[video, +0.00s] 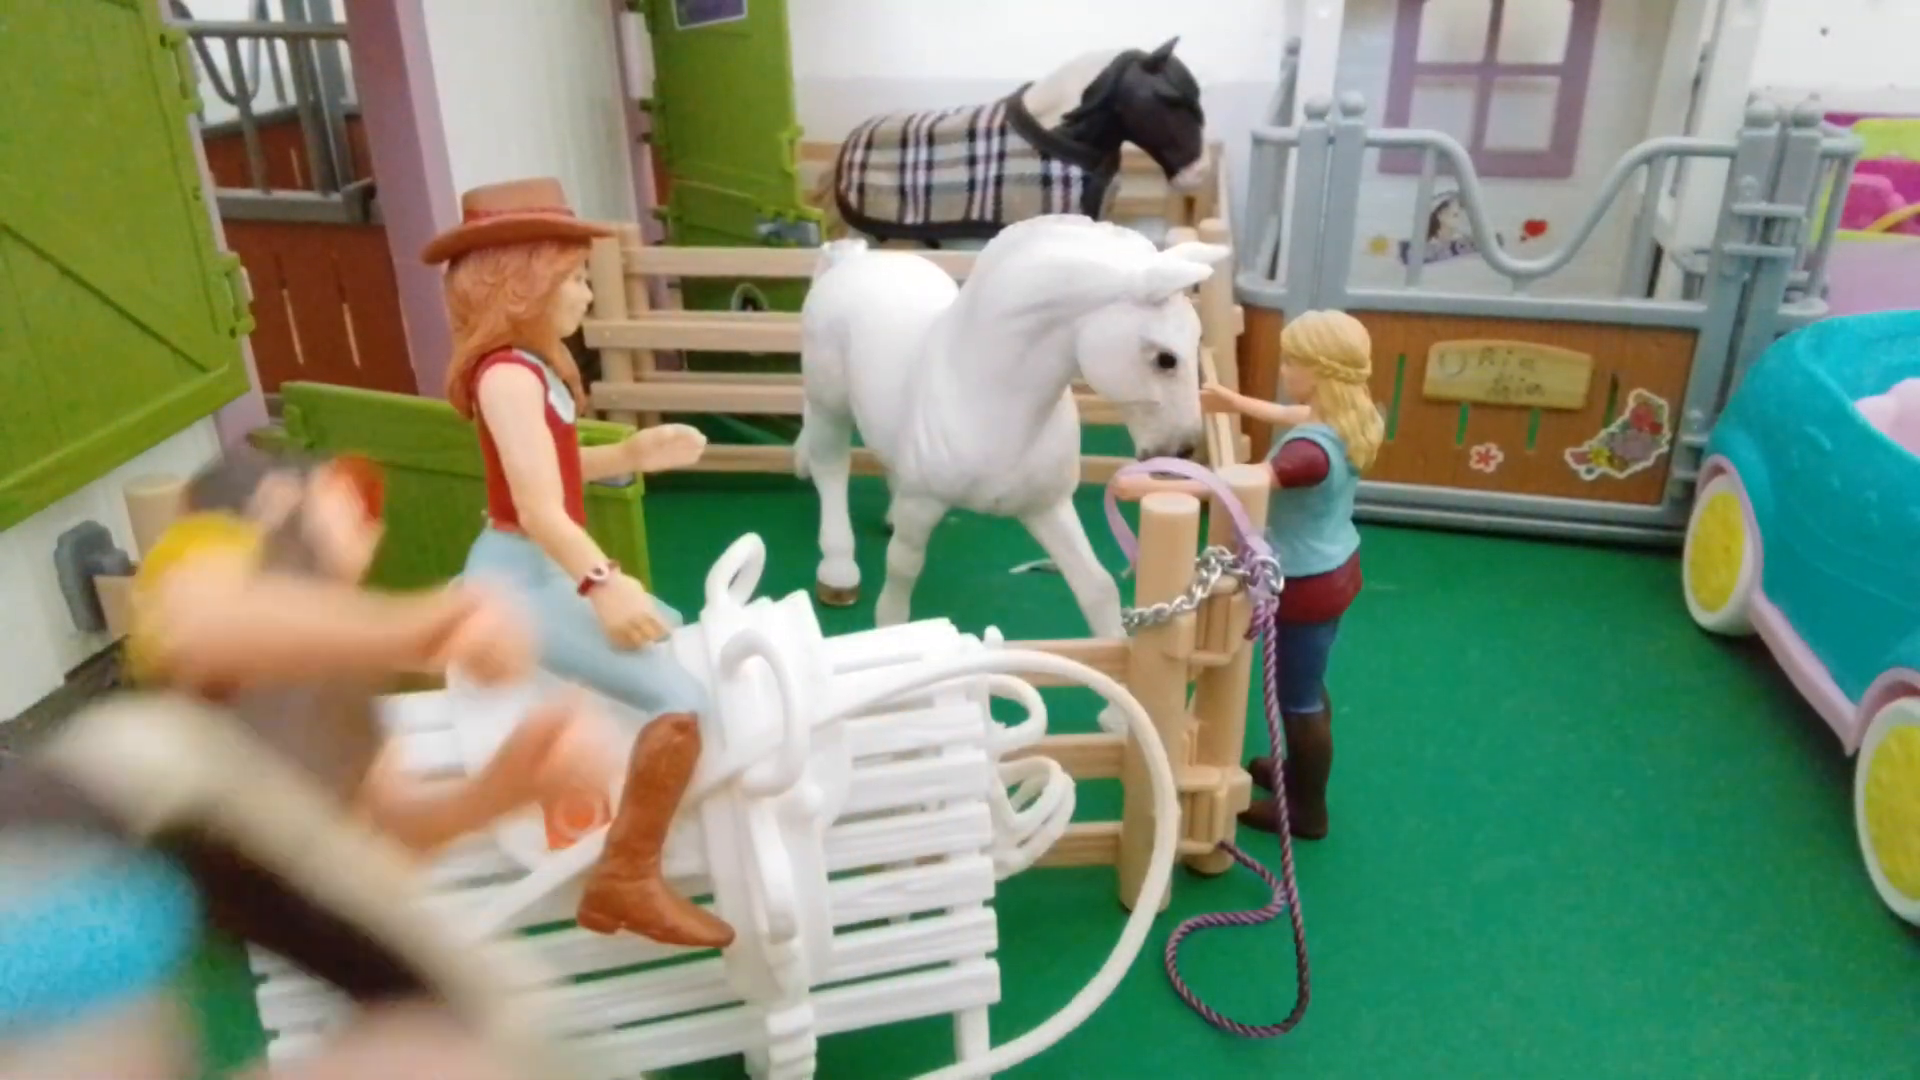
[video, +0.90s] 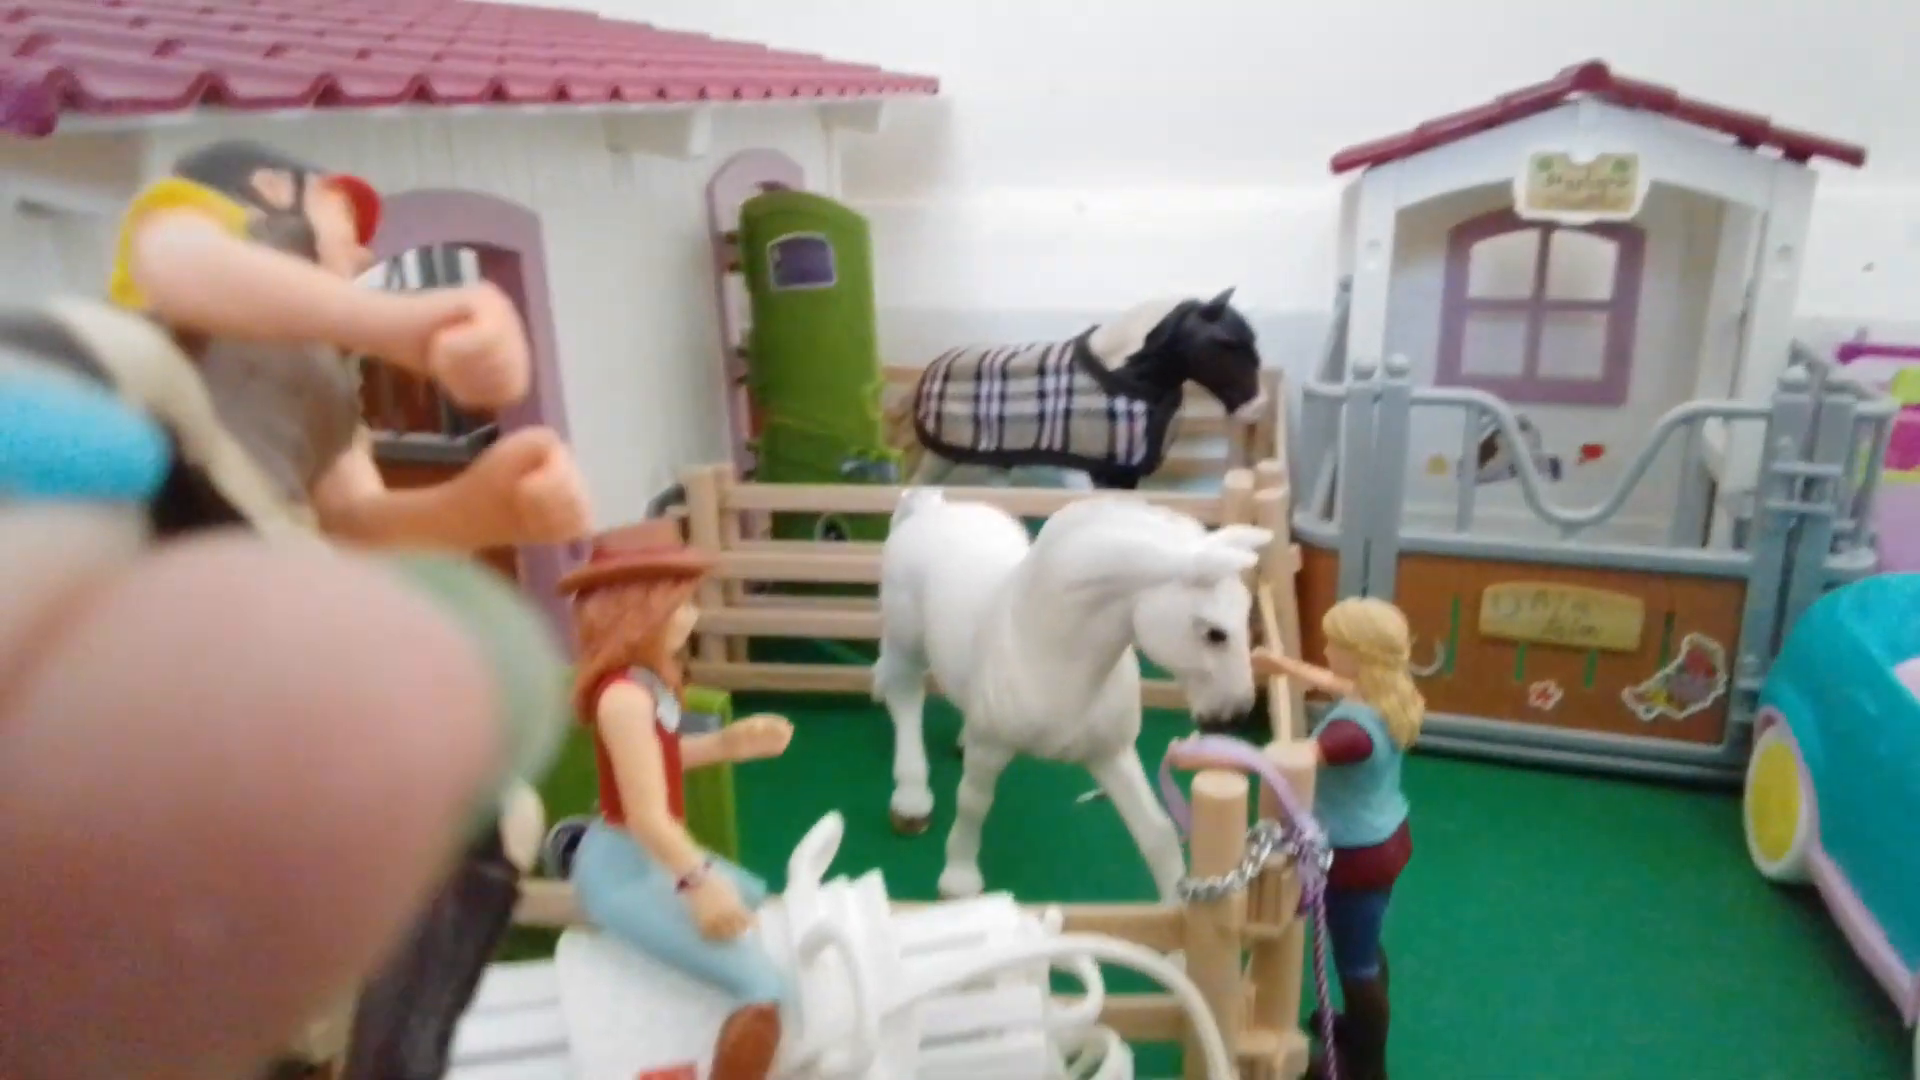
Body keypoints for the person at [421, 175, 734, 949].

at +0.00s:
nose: (588, 295)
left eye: (585, 278)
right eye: (576, 279)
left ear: (530, 289)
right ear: (527, 286)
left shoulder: (535, 369)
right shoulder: (509, 378)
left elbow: (550, 469)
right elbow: (536, 512)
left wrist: (633, 455)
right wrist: (605, 583)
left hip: (548, 569)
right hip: (520, 579)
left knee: (696, 665)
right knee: (683, 696)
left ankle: (637, 873)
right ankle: (627, 879)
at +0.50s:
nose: (631, 328)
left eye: (631, 311)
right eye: (618, 310)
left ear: (613, 317)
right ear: (565, 317)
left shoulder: (591, 406)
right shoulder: (565, 414)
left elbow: (612, 510)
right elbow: (594, 551)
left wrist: (686, 496)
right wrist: (659, 626)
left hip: (600, 619)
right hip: (571, 627)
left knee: (732, 722)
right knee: (724, 739)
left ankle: (676, 916)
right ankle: (674, 919)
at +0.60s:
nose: (659, 512)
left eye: (657, 493)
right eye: (649, 492)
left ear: (628, 497)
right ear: (612, 496)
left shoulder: (616, 582)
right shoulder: (592, 584)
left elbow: (624, 681)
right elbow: (609, 729)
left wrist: (696, 663)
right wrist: (669, 801)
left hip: (610, 781)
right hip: (582, 789)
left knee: (745, 881)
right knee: (731, 915)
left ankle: (687, 1051)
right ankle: (679, 1066)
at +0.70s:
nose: (664, 633)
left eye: (664, 617)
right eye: (656, 616)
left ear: (627, 618)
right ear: (618, 619)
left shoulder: (618, 703)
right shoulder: (591, 712)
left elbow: (629, 780)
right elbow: (614, 845)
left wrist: (698, 770)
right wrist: (668, 918)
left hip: (628, 891)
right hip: (592, 910)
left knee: (727, 938)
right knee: (733, 1022)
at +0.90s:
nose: (693, 617)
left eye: (691, 603)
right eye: (681, 605)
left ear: (651, 613)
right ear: (643, 614)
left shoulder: (653, 683)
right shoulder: (623, 696)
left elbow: (660, 758)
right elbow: (645, 816)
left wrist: (724, 745)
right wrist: (700, 881)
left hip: (663, 852)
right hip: (625, 872)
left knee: (759, 896)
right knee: (765, 982)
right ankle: (732, 1071)